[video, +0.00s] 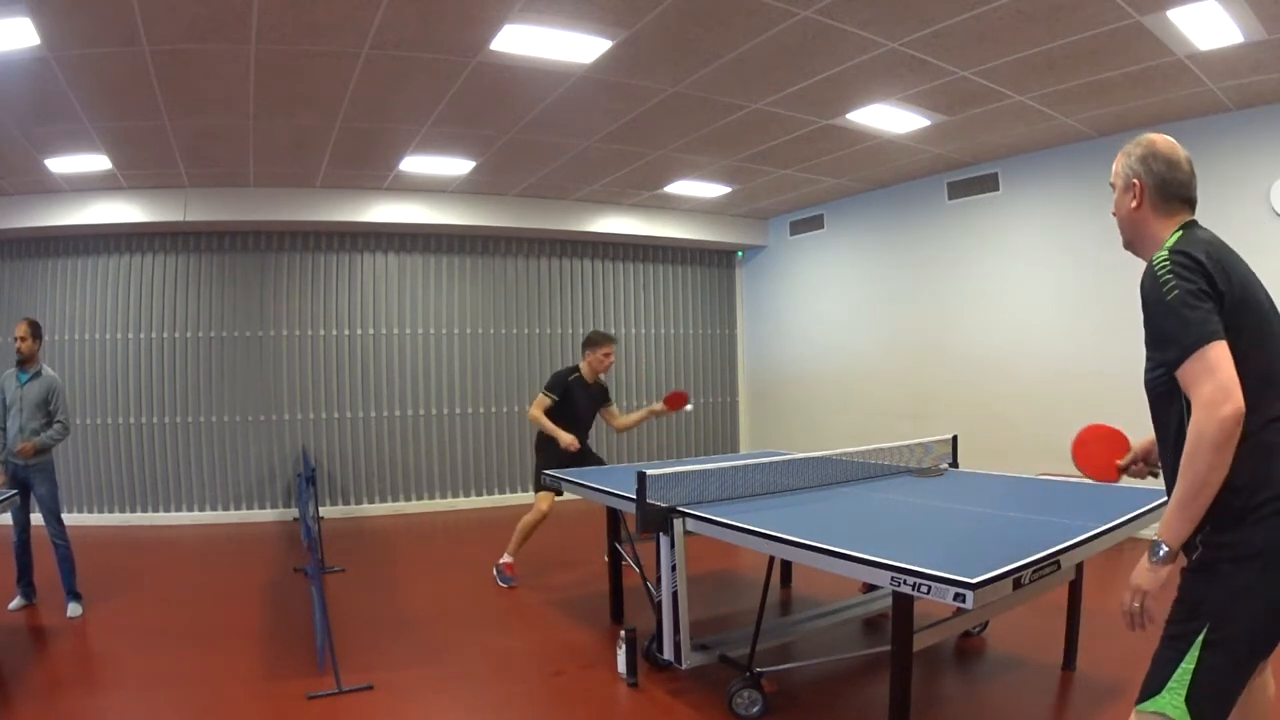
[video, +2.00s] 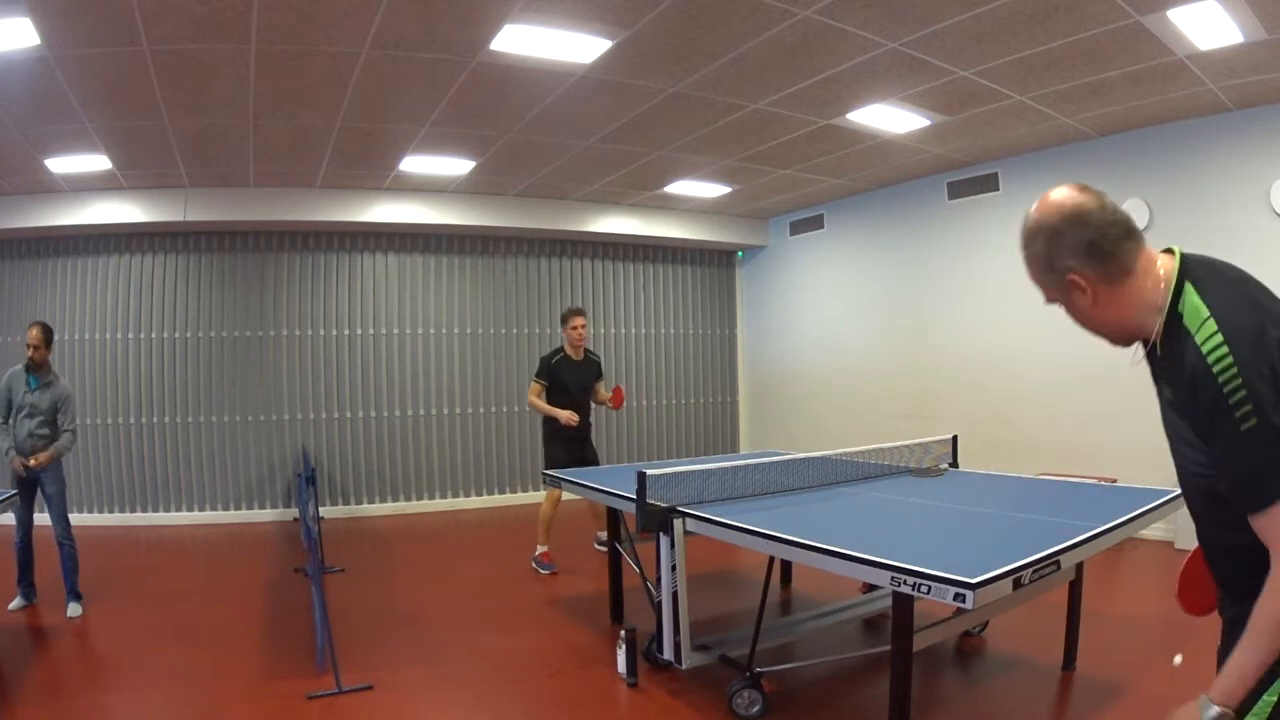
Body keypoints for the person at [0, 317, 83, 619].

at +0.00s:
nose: (17, 344)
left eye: (23, 339)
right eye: (15, 339)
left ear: (38, 343)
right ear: (14, 343)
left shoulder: (51, 382)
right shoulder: (6, 380)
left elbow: (63, 425)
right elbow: (3, 425)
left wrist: (37, 443)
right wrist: (2, 466)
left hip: (40, 466)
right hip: (11, 466)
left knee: (56, 531)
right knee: (20, 532)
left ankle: (72, 596)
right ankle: (26, 592)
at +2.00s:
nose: (30, 352)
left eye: (36, 348)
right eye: (28, 346)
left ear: (49, 349)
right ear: (25, 346)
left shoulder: (60, 390)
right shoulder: (12, 378)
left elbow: (69, 434)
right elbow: (4, 421)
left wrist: (48, 456)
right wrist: (12, 454)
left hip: (49, 464)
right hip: (19, 464)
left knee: (62, 532)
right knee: (22, 533)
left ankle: (73, 596)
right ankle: (26, 593)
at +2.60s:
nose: (20, 342)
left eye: (26, 337)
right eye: (18, 337)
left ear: (39, 342)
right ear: (15, 341)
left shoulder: (54, 384)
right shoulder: (6, 379)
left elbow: (64, 427)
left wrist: (50, 453)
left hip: (42, 464)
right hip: (12, 464)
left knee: (58, 533)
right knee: (19, 534)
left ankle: (73, 596)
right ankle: (26, 593)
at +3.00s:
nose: (17, 345)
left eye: (23, 340)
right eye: (14, 340)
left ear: (37, 344)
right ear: (12, 344)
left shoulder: (52, 384)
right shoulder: (6, 381)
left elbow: (61, 428)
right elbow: (4, 411)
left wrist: (43, 449)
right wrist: (3, 414)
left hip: (40, 464)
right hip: (11, 465)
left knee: (57, 532)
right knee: (19, 533)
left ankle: (72, 596)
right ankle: (26, 593)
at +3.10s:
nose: (16, 346)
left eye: (22, 341)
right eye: (13, 341)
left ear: (37, 344)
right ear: (12, 344)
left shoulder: (52, 383)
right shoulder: (5, 380)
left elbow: (62, 427)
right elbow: (3, 418)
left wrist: (42, 449)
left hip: (40, 464)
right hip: (11, 464)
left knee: (57, 532)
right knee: (19, 533)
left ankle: (72, 596)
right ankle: (26, 593)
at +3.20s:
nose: (16, 345)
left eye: (22, 340)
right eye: (14, 340)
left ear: (37, 344)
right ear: (12, 344)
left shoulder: (52, 383)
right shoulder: (5, 380)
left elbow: (62, 428)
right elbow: (3, 417)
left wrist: (41, 450)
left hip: (41, 465)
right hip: (11, 465)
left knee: (57, 532)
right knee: (20, 533)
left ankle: (72, 596)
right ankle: (26, 593)